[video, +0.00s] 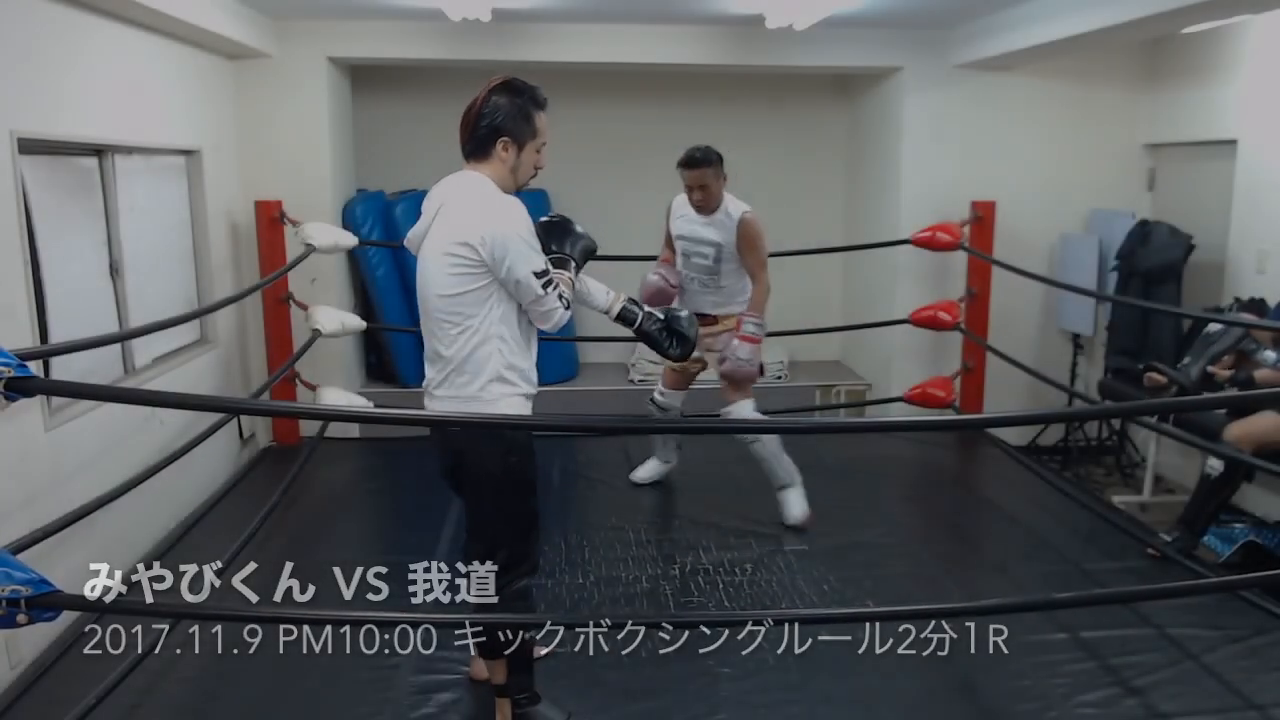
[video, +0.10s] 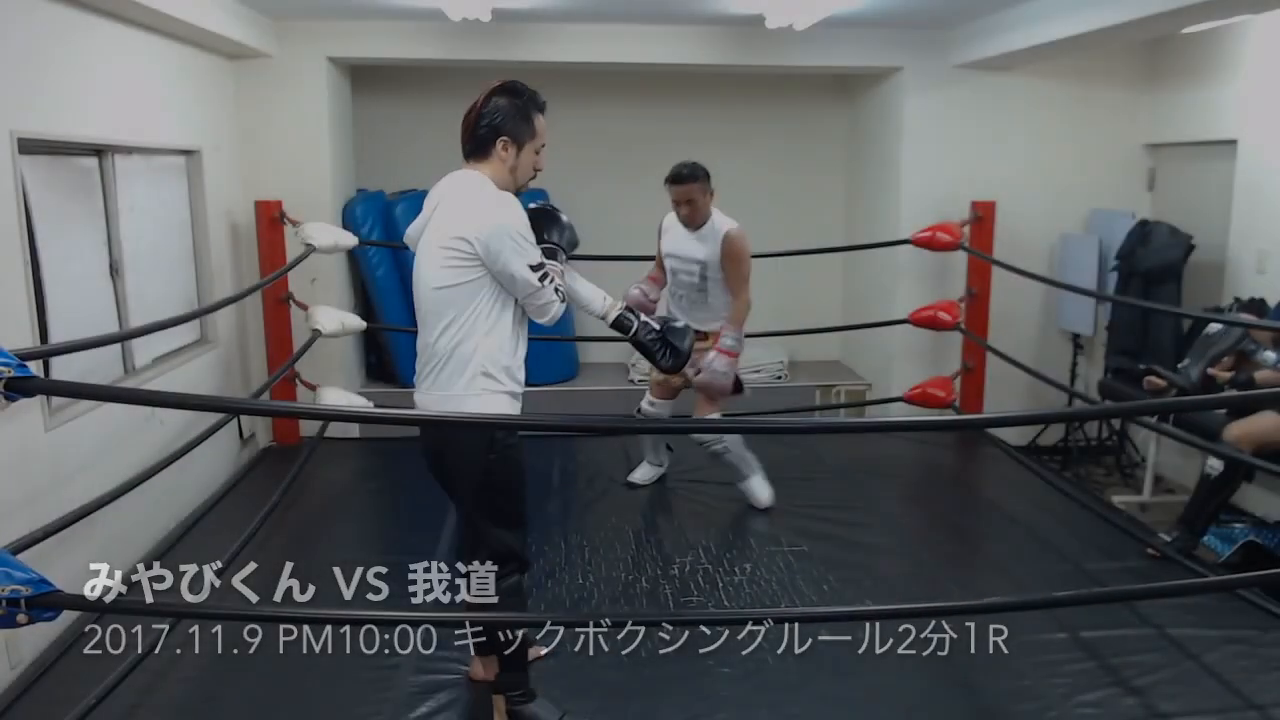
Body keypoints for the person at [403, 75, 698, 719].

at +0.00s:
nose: (541, 162)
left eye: (544, 149)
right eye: (537, 148)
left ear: (485, 142)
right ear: (505, 144)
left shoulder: (445, 195)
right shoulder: (502, 213)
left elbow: (423, 248)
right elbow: (550, 311)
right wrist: (565, 264)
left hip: (453, 405)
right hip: (492, 412)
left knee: (487, 537)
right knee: (512, 555)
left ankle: (487, 654)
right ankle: (512, 703)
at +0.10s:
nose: (539, 166)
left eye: (541, 153)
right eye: (536, 151)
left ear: (486, 144)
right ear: (505, 145)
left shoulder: (451, 194)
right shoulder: (492, 210)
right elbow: (546, 307)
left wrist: (627, 321)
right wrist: (545, 256)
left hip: (448, 408)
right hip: (479, 414)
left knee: (482, 535)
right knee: (505, 554)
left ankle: (489, 650)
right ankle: (512, 697)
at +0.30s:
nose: (529, 166)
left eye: (531, 154)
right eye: (526, 152)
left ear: (480, 143)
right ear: (494, 143)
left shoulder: (442, 193)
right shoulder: (479, 202)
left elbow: (535, 271)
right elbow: (533, 291)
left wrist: (611, 323)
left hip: (440, 406)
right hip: (463, 410)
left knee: (480, 532)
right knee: (479, 545)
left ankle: (489, 647)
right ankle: (457, 682)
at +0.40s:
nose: (518, 161)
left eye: (520, 149)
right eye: (515, 148)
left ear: (464, 142)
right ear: (483, 143)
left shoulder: (430, 195)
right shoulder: (470, 200)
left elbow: (485, 281)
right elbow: (530, 283)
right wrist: (609, 328)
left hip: (437, 403)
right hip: (458, 407)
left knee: (479, 529)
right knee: (469, 542)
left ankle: (484, 648)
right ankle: (417, 685)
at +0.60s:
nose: (497, 160)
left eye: (498, 147)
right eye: (492, 146)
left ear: (446, 143)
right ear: (458, 143)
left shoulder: (426, 198)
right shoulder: (439, 206)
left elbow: (476, 296)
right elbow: (499, 304)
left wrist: (505, 272)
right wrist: (576, 337)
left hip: (447, 410)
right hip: (431, 417)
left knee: (481, 526)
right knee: (432, 567)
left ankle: (484, 649)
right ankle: (383, 702)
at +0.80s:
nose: (488, 163)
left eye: (489, 150)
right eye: (485, 149)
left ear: (433, 146)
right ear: (454, 148)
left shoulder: (399, 202)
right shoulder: (427, 218)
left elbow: (412, 324)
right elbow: (431, 344)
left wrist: (477, 348)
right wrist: (488, 326)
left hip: (415, 421)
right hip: (410, 430)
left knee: (468, 535)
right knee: (401, 577)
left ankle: (486, 646)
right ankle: (376, 704)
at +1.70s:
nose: (514, 174)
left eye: (515, 163)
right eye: (516, 162)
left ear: (462, 150)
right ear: (503, 153)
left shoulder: (429, 201)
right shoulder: (485, 212)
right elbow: (522, 314)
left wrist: (522, 256)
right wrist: (542, 261)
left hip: (420, 392)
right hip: (462, 397)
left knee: (459, 524)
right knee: (484, 537)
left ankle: (453, 623)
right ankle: (447, 679)